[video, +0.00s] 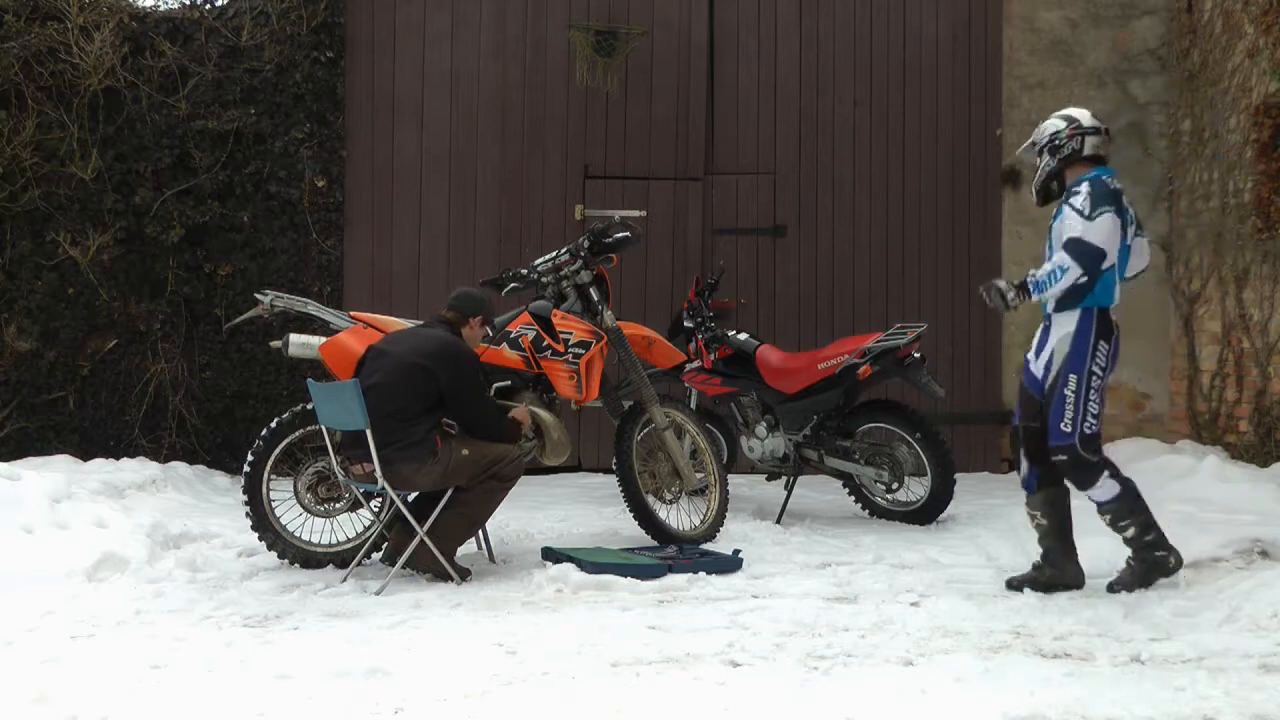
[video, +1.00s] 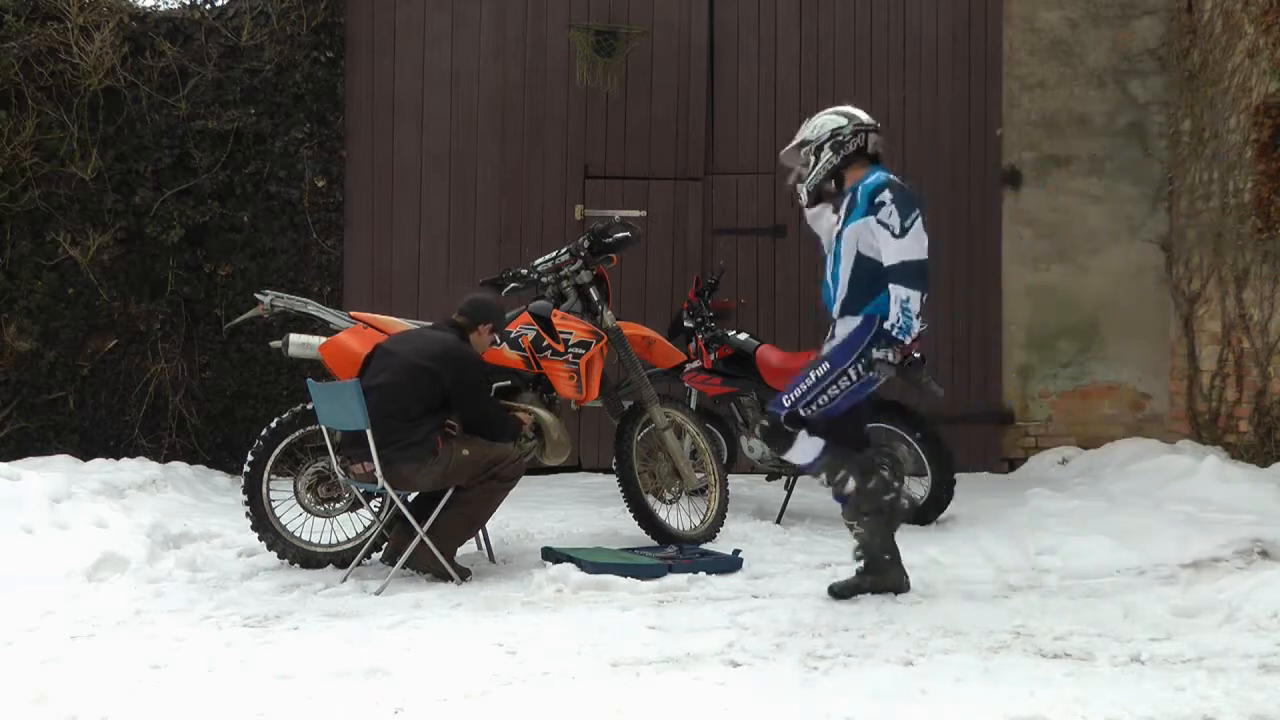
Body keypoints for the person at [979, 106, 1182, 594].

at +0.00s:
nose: (1040, 164)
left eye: (1044, 154)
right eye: (1040, 155)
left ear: (1065, 148)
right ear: (1080, 149)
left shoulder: (1094, 190)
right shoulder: (1097, 194)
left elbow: (1083, 256)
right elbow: (1138, 257)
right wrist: (1084, 273)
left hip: (1085, 330)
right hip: (1056, 329)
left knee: (1072, 447)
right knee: (1032, 440)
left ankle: (1151, 550)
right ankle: (1058, 561)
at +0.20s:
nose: (988, 171)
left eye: (991, 159)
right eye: (986, 162)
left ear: (1017, 152)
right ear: (1027, 152)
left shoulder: (1063, 195)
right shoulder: (1032, 205)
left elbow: (1080, 271)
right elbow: (1020, 240)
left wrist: (1048, 325)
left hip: (1052, 335)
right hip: (1030, 334)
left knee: (969, 418)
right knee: (1024, 444)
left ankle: (1055, 508)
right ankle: (1056, 559)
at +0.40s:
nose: (953, 160)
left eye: (962, 150)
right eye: (952, 150)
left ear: (992, 149)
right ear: (975, 150)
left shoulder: (1031, 193)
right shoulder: (970, 203)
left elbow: (1065, 256)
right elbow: (938, 255)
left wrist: (1025, 235)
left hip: (1012, 327)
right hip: (983, 328)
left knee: (966, 442)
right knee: (995, 445)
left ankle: (992, 571)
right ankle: (1054, 554)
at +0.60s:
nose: (906, 174)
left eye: (913, 165)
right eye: (907, 166)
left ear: (941, 160)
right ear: (942, 161)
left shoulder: (981, 196)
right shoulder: (945, 201)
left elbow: (974, 241)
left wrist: (926, 194)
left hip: (981, 335)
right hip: (941, 331)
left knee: (949, 455)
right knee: (885, 419)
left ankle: (994, 571)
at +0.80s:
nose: (856, 151)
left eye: (863, 140)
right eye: (856, 141)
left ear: (892, 136)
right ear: (897, 139)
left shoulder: (919, 181)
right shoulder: (918, 184)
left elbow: (906, 253)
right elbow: (971, 250)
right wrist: (920, 286)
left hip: (915, 326)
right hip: (883, 324)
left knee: (901, 444)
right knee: (854, 434)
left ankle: (980, 555)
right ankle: (881, 562)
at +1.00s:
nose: (807, 171)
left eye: (812, 159)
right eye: (807, 161)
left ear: (837, 151)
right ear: (845, 152)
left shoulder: (885, 192)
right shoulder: (855, 200)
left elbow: (909, 273)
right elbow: (846, 259)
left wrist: (896, 342)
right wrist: (813, 202)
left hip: (872, 332)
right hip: (851, 329)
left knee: (779, 421)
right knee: (849, 445)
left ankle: (862, 476)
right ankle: (881, 563)